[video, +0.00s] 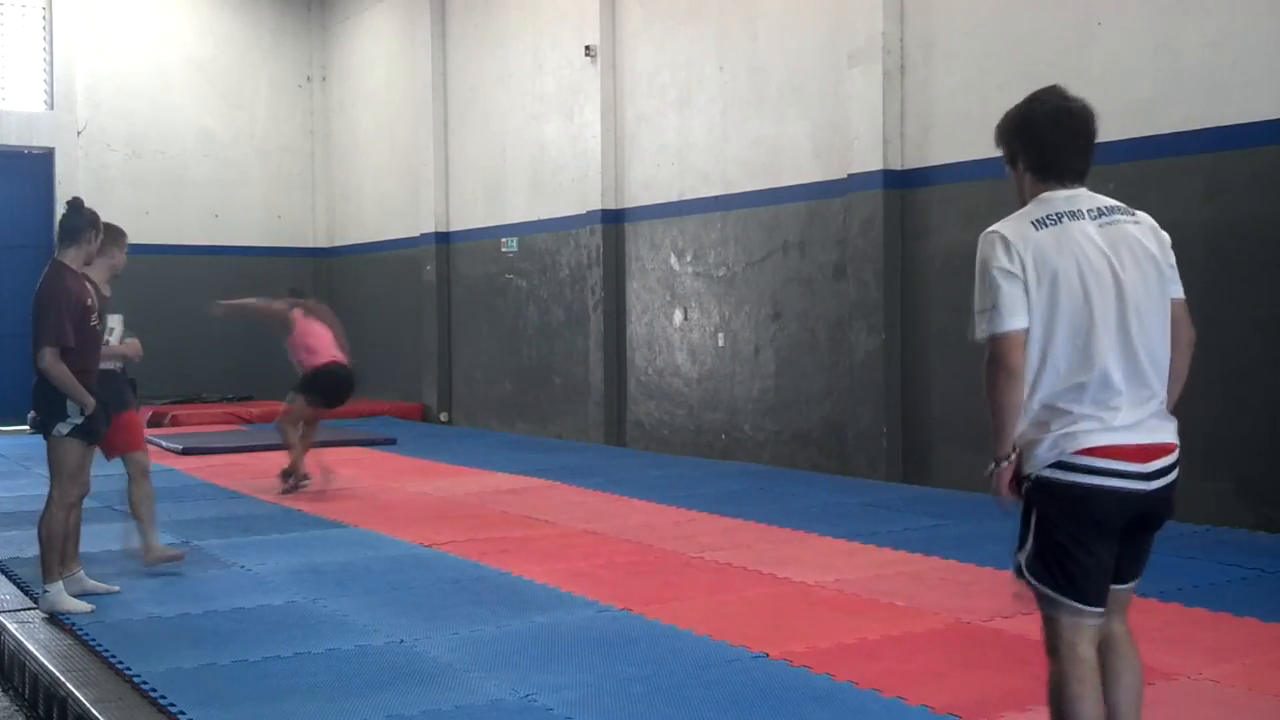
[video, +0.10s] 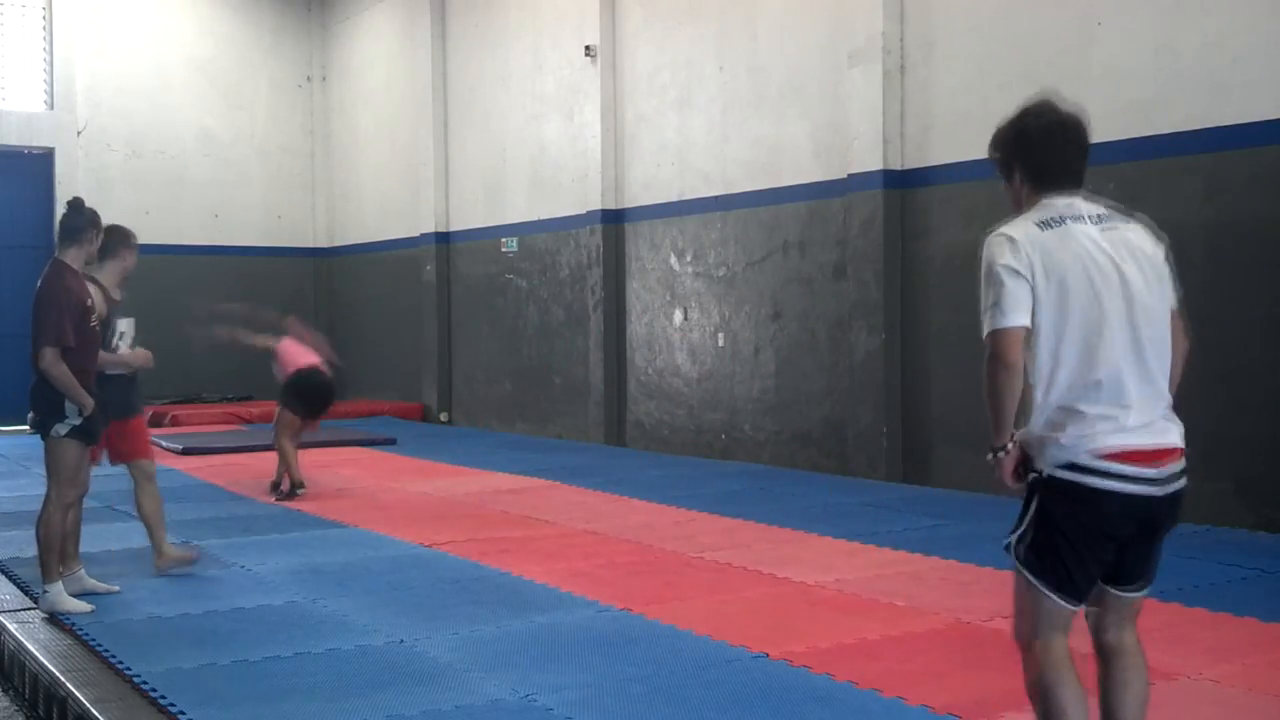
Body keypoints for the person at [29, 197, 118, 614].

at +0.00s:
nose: (99, 245)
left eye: (98, 238)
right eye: (99, 238)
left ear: (69, 235)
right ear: (91, 238)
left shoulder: (76, 279)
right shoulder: (58, 284)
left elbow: (77, 346)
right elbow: (48, 359)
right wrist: (87, 401)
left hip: (82, 396)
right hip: (64, 400)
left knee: (78, 489)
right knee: (63, 493)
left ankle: (71, 574)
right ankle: (51, 590)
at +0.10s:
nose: (100, 244)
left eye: (99, 237)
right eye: (99, 237)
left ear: (69, 235)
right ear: (91, 238)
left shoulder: (72, 278)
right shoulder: (59, 284)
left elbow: (76, 347)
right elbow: (48, 359)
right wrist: (85, 401)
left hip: (78, 396)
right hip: (62, 400)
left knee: (76, 489)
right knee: (61, 493)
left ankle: (71, 573)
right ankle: (51, 590)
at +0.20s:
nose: (102, 243)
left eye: (101, 237)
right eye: (101, 236)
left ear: (66, 234)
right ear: (93, 237)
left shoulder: (68, 276)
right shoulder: (61, 283)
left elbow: (76, 348)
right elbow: (51, 358)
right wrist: (83, 404)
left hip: (73, 394)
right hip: (58, 398)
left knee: (74, 489)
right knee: (58, 495)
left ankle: (69, 572)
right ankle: (50, 589)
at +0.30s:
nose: (100, 242)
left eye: (99, 236)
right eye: (99, 236)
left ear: (64, 235)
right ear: (93, 238)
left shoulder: (64, 275)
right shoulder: (62, 284)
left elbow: (74, 345)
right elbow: (54, 360)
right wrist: (83, 404)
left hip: (68, 393)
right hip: (58, 398)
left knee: (71, 488)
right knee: (57, 494)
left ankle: (61, 573)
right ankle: (50, 589)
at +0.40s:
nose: (97, 240)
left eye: (95, 234)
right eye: (96, 234)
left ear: (60, 235)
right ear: (90, 237)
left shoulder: (57, 274)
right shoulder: (65, 284)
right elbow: (57, 358)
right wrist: (84, 404)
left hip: (60, 393)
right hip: (59, 397)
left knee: (67, 487)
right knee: (59, 493)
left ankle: (48, 575)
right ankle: (50, 589)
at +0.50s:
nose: (93, 238)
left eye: (90, 232)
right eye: (92, 232)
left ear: (56, 234)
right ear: (88, 235)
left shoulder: (51, 275)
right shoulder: (66, 283)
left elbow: (52, 350)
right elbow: (60, 357)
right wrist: (87, 403)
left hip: (53, 393)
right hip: (63, 397)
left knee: (57, 493)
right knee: (61, 496)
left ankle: (47, 577)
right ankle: (51, 588)